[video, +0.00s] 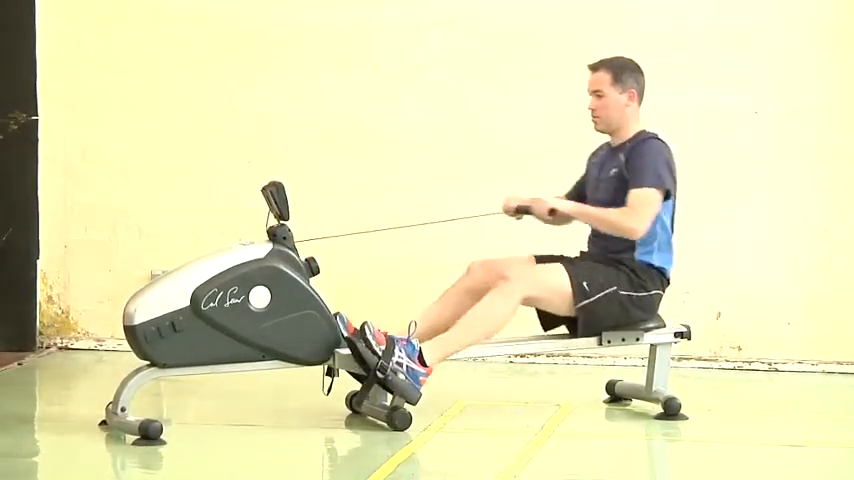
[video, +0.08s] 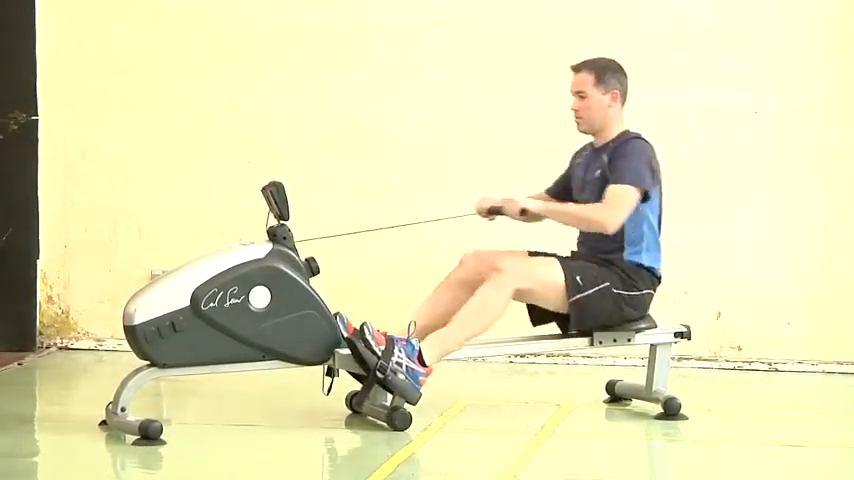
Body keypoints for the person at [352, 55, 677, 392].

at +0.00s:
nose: (590, 106)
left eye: (598, 96)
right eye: (589, 96)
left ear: (631, 99)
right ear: (620, 100)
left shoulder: (650, 151)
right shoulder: (603, 157)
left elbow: (635, 223)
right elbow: (567, 214)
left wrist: (570, 208)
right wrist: (532, 206)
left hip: (634, 281)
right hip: (599, 271)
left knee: (516, 283)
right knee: (481, 272)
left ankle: (423, 364)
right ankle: (403, 346)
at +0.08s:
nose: (573, 107)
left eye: (581, 97)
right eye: (573, 98)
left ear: (613, 98)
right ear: (606, 100)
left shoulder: (634, 150)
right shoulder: (585, 157)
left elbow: (608, 218)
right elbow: (548, 203)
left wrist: (535, 208)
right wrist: (508, 205)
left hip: (624, 281)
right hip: (589, 272)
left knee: (506, 273)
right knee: (474, 264)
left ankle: (423, 362)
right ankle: (402, 345)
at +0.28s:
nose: (525, 110)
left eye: (534, 100)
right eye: (525, 101)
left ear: (567, 102)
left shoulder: (589, 154)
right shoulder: (539, 160)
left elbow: (538, 209)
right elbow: (484, 196)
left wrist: (461, 215)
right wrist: (437, 209)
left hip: (594, 282)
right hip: (559, 277)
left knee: (487, 253)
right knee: (453, 246)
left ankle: (423, 359)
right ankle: (395, 342)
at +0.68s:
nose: (439, 121)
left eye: (448, 112)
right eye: (439, 112)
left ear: (480, 114)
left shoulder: (504, 164)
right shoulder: (452, 167)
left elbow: (431, 208)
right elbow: (394, 198)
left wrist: (354, 231)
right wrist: (333, 223)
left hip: (534, 292)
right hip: (491, 293)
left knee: (440, 231)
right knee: (401, 229)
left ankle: (416, 356)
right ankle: (387, 339)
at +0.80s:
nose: (424, 122)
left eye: (433, 112)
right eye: (424, 113)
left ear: (466, 115)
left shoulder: (490, 165)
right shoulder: (438, 166)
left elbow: (415, 207)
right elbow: (380, 198)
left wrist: (341, 231)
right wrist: (314, 224)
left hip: (518, 293)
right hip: (475, 294)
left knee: (426, 227)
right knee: (386, 226)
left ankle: (416, 352)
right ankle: (385, 335)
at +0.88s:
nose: (419, 121)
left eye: (429, 112)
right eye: (420, 112)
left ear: (460, 115)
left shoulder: (484, 164)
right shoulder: (432, 166)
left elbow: (407, 206)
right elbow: (374, 197)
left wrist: (334, 232)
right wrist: (308, 223)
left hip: (509, 294)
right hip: (466, 295)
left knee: (419, 226)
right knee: (379, 226)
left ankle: (414, 351)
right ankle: (383, 335)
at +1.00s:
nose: (418, 118)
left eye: (427, 109)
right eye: (418, 110)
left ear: (460, 112)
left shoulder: (481, 164)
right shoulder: (428, 164)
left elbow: (399, 204)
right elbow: (367, 196)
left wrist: (333, 231)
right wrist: (302, 222)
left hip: (500, 293)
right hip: (458, 292)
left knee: (410, 225)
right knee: (371, 222)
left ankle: (412, 347)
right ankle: (380, 333)